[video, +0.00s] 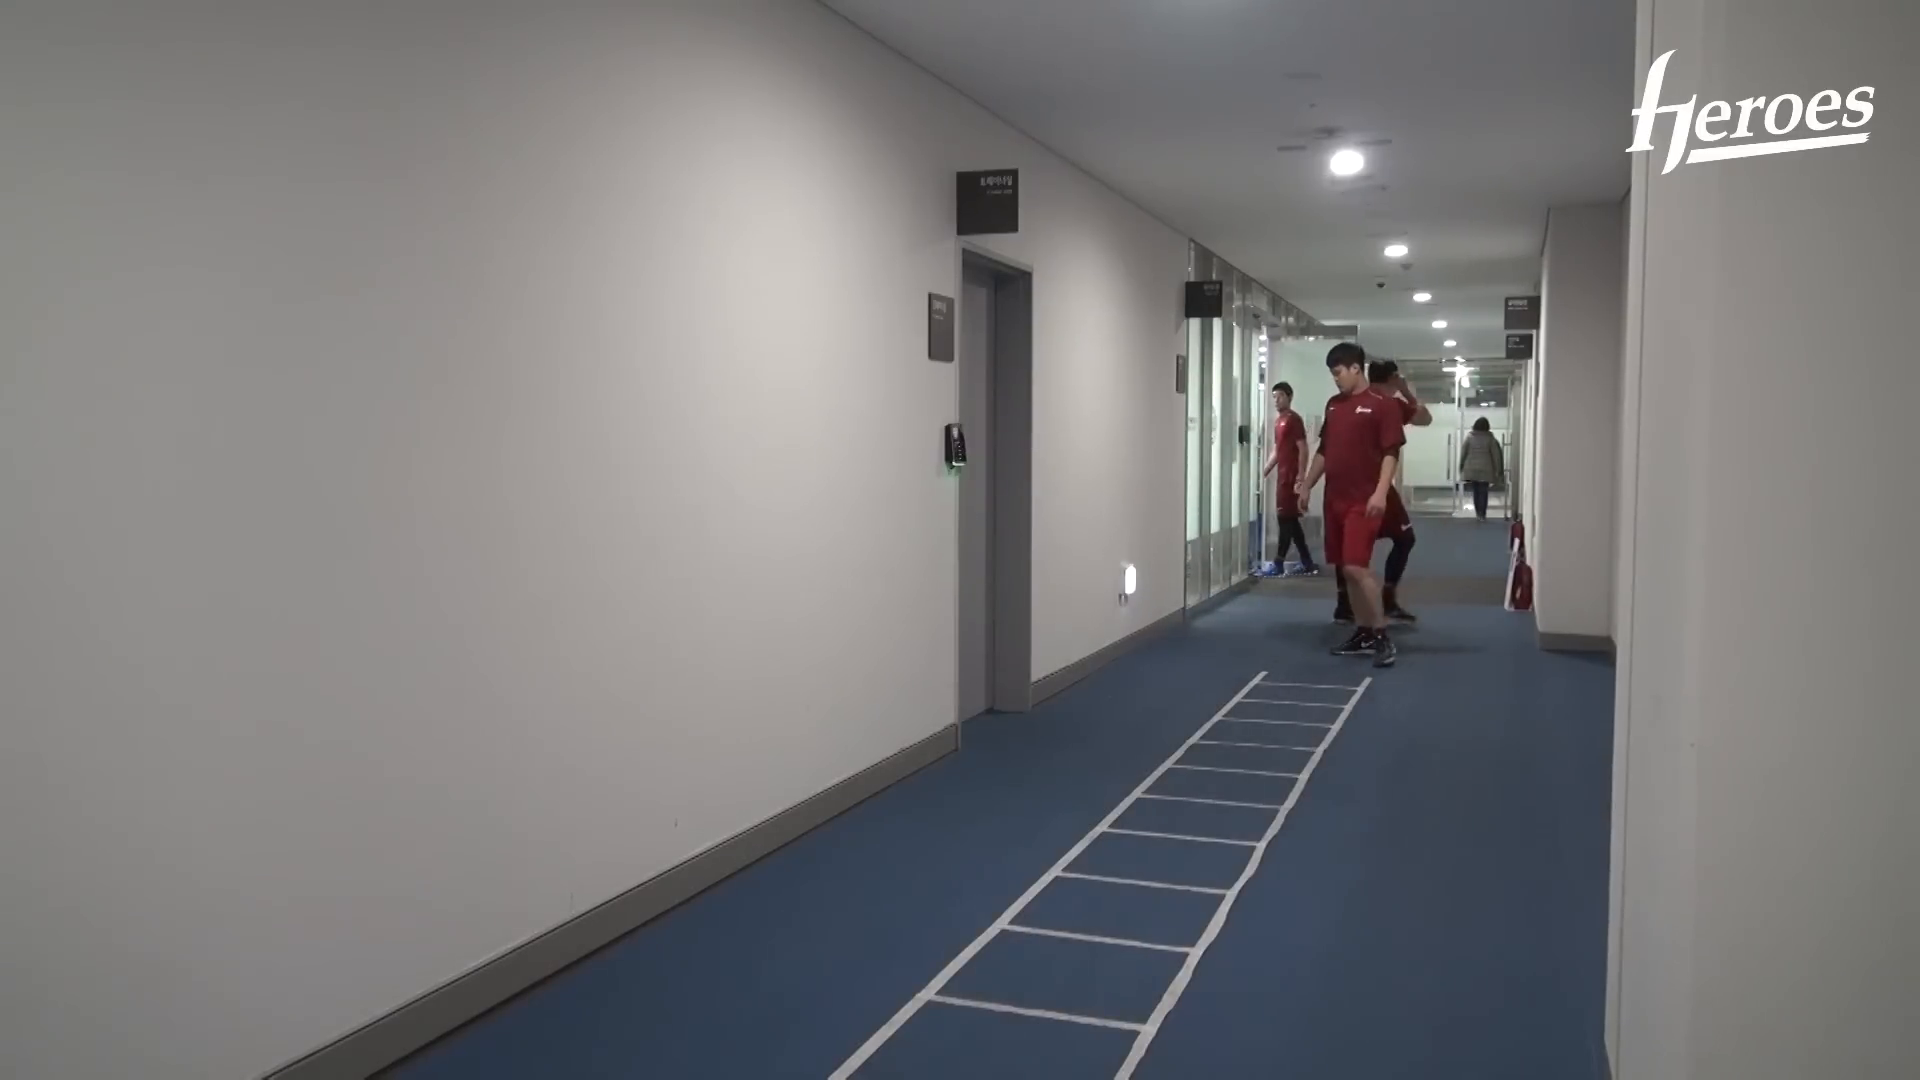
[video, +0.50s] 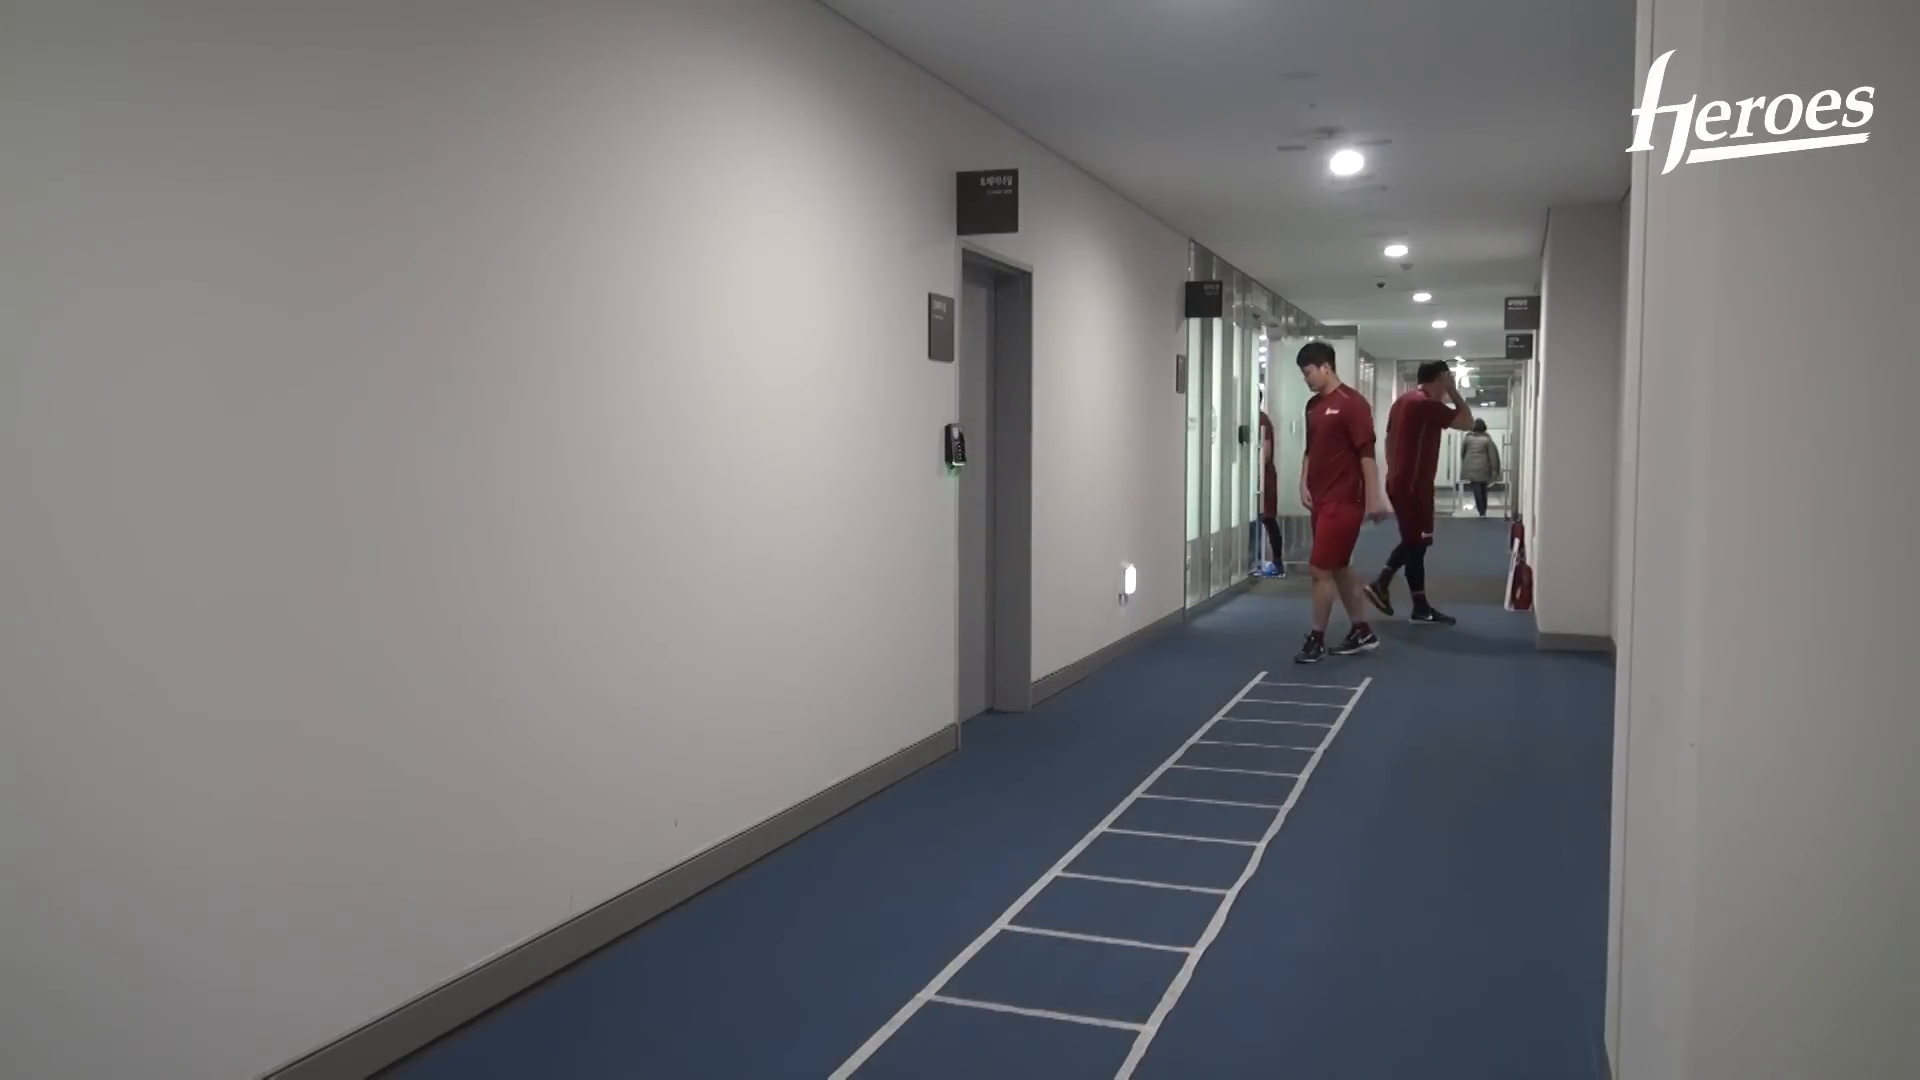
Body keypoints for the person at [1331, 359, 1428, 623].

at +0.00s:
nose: (1399, 386)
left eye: (1398, 381)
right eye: (1396, 381)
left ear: (1373, 380)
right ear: (1389, 381)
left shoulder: (1356, 403)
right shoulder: (1390, 405)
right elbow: (1425, 418)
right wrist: (1408, 393)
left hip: (1352, 482)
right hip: (1378, 483)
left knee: (1346, 543)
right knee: (1405, 538)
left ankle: (1345, 604)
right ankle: (1388, 599)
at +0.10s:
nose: (1410, 385)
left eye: (1409, 381)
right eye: (1408, 381)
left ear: (1382, 381)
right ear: (1401, 381)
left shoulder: (1367, 401)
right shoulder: (1396, 405)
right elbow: (1432, 420)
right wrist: (1416, 394)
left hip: (1359, 482)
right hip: (1385, 484)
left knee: (1350, 544)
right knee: (1403, 543)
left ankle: (1344, 603)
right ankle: (1415, 604)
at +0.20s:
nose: (1420, 390)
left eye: (1419, 385)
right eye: (1418, 386)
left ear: (1392, 384)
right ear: (1412, 385)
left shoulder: (1377, 402)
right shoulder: (1405, 406)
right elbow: (1442, 422)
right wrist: (1425, 395)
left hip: (1369, 485)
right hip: (1395, 487)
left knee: (1355, 550)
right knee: (1406, 548)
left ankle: (1347, 607)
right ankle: (1419, 606)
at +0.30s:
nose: (1430, 390)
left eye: (1429, 385)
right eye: (1428, 385)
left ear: (1405, 382)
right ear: (1420, 384)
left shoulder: (1388, 401)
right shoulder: (1411, 405)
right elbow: (1451, 422)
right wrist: (1435, 393)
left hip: (1383, 486)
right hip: (1405, 488)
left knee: (1379, 544)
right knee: (1413, 546)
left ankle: (1348, 595)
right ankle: (1420, 606)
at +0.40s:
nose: (1440, 389)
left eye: (1439, 383)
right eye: (1438, 383)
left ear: (1414, 383)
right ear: (1428, 383)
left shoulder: (1394, 402)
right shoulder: (1421, 406)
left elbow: (1379, 444)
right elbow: (1461, 422)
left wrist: (1381, 484)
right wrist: (1448, 394)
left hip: (1392, 485)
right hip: (1412, 487)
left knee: (1399, 541)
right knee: (1415, 543)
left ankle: (1365, 585)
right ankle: (1420, 606)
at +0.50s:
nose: (1449, 387)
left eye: (1449, 382)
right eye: (1447, 382)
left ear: (1423, 381)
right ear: (1437, 381)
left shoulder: (1401, 402)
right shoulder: (1427, 405)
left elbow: (1390, 441)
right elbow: (1466, 420)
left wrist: (1393, 472)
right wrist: (1451, 391)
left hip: (1398, 482)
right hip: (1415, 484)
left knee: (1413, 541)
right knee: (1417, 543)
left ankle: (1380, 584)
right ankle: (1421, 607)